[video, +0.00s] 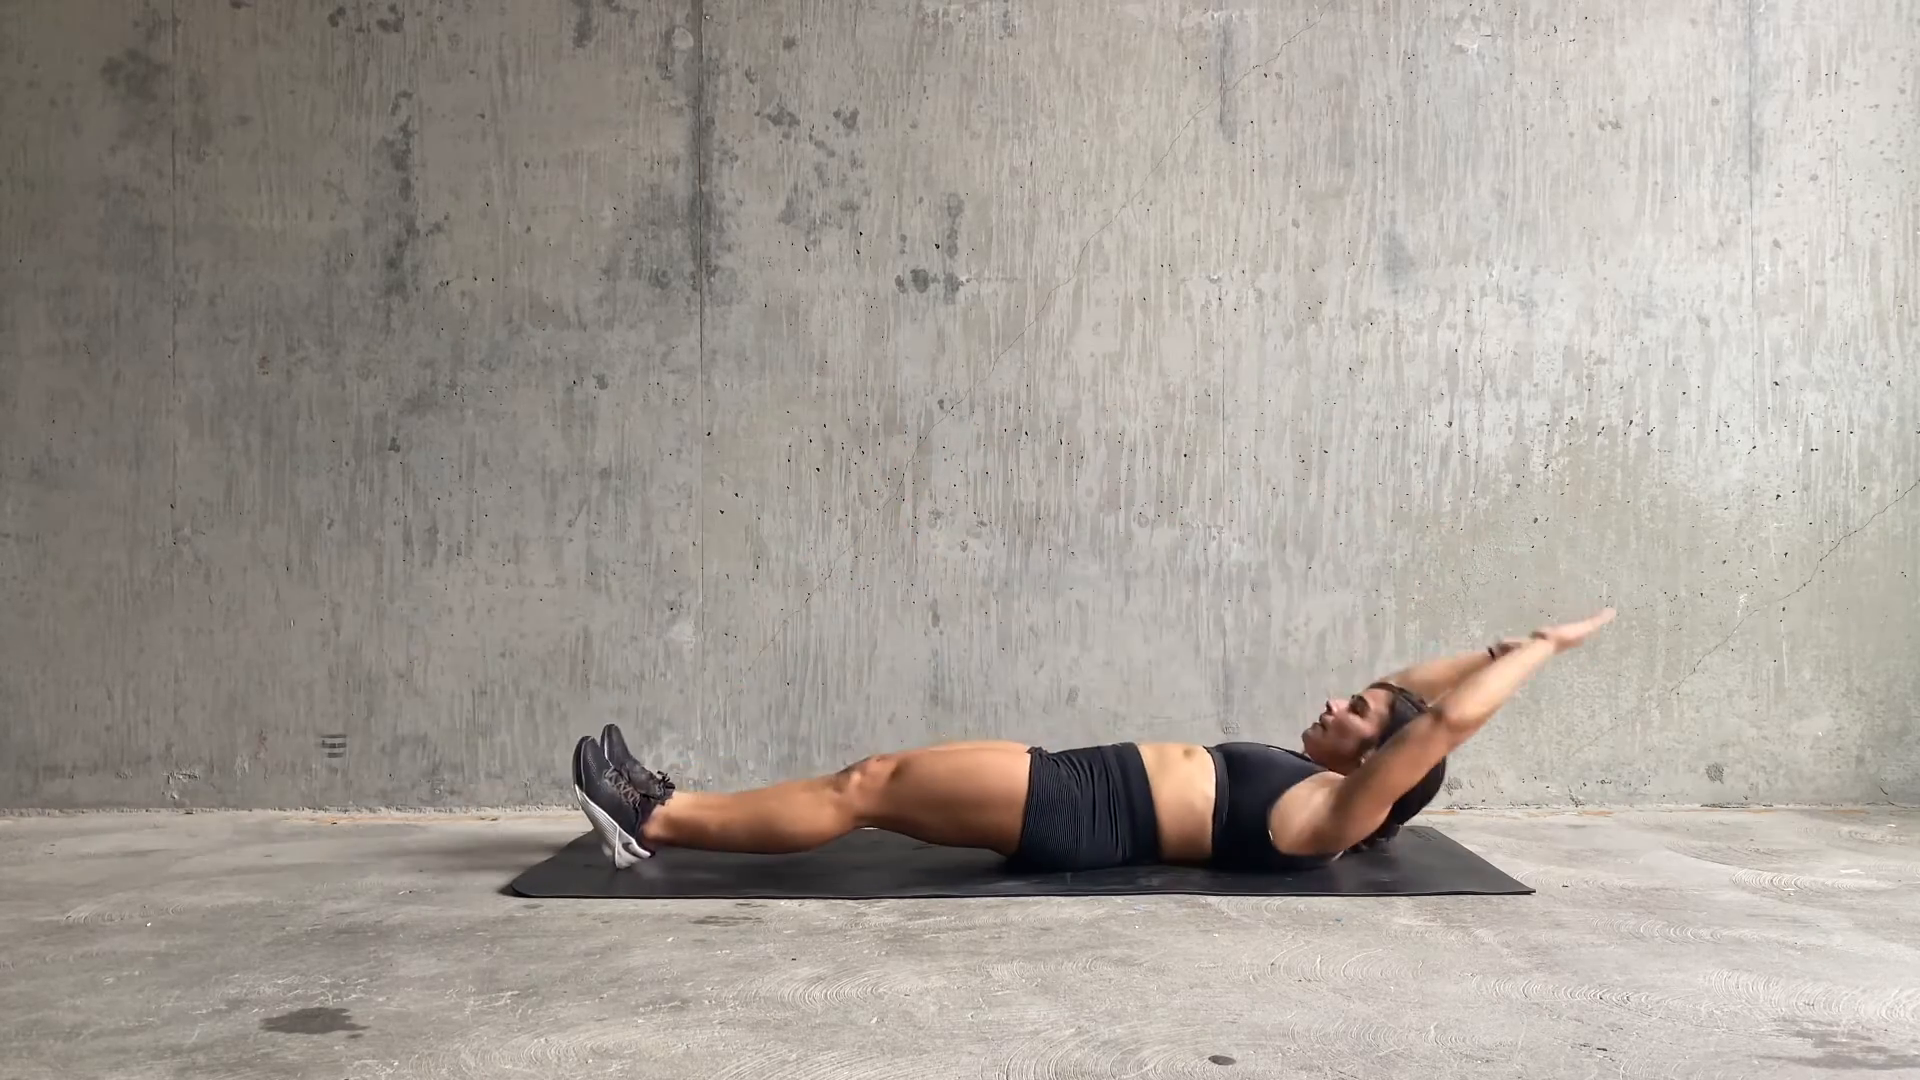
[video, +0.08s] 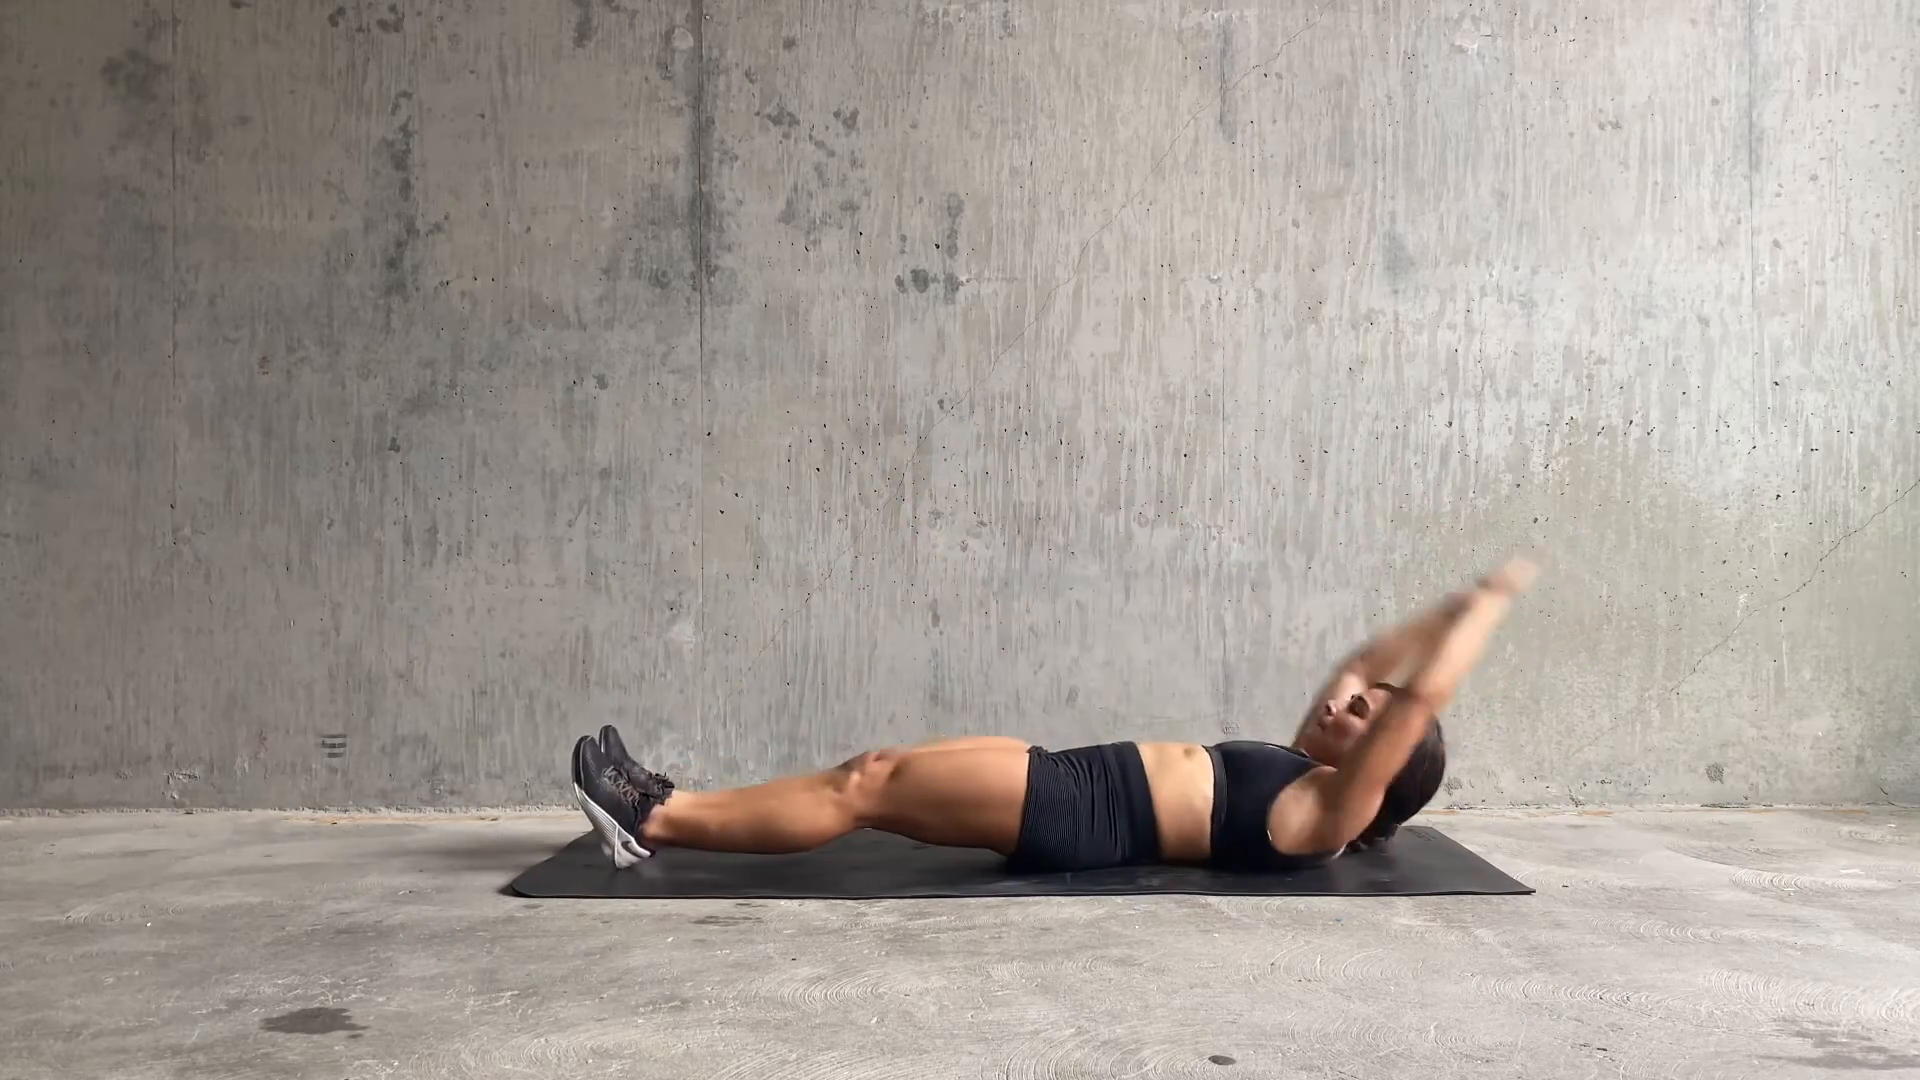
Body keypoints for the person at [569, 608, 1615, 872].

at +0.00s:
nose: (1344, 707)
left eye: (1366, 711)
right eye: (1359, 699)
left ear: (1380, 757)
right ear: (1352, 727)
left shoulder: (1325, 818)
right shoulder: (1313, 781)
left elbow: (1441, 727)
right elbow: (1422, 707)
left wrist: (1541, 650)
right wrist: (1512, 646)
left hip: (1088, 806)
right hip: (1091, 784)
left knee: (872, 786)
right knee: (875, 781)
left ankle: (662, 822)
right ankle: (671, 820)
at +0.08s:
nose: (1337, 710)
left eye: (1359, 713)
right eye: (1345, 694)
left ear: (1385, 747)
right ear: (1333, 701)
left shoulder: (1324, 815)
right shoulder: (1310, 782)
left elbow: (1421, 701)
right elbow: (1384, 667)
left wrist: (1490, 605)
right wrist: (1466, 604)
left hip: (1089, 804)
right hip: (1091, 780)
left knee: (872, 784)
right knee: (875, 772)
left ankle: (655, 821)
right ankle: (668, 814)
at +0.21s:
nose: (1320, 702)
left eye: (1340, 707)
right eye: (1332, 694)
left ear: (1368, 755)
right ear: (1346, 734)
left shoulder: (1325, 798)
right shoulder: (1299, 766)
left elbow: (1277, 649)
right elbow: (1238, 657)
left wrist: (1261, 537)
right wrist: (1242, 542)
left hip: (1090, 808)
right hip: (1086, 781)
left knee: (875, 784)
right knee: (872, 755)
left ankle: (654, 837)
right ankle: (669, 786)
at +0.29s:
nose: (1284, 677)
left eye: (1302, 675)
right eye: (1296, 665)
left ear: (1337, 712)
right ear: (1335, 712)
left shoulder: (1284, 755)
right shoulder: (1286, 753)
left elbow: (1164, 654)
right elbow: (1163, 658)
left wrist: (1083, 549)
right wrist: (1091, 557)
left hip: (1076, 810)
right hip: (1075, 783)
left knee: (869, 795)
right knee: (883, 721)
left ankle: (650, 828)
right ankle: (679, 715)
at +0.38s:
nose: (1238, 631)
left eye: (1255, 626)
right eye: (1247, 620)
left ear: (1293, 656)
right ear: (1292, 656)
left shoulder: (1249, 711)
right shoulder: (1259, 716)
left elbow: (1132, 653)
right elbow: (1114, 671)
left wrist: (1013, 554)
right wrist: (1007, 608)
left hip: (1067, 811)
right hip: (1066, 774)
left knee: (854, 784)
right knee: (905, 674)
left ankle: (641, 823)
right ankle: (705, 607)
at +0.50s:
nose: (1175, 567)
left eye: (1193, 562)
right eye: (1190, 556)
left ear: (1229, 594)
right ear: (1237, 598)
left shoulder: (1189, 654)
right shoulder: (1226, 660)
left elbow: (1053, 581)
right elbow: (1073, 645)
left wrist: (956, 498)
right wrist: (995, 619)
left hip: (1059, 812)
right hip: (1058, 768)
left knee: (843, 772)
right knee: (952, 613)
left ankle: (627, 823)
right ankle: (814, 473)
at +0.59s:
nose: (1154, 536)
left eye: (1170, 533)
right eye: (1166, 527)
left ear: (1203, 568)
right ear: (1208, 573)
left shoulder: (1160, 626)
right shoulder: (1204, 636)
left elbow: (1042, 555)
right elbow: (1037, 628)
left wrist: (950, 473)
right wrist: (927, 577)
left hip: (1061, 811)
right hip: (1070, 785)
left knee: (845, 774)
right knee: (991, 610)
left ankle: (627, 822)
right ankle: (874, 440)